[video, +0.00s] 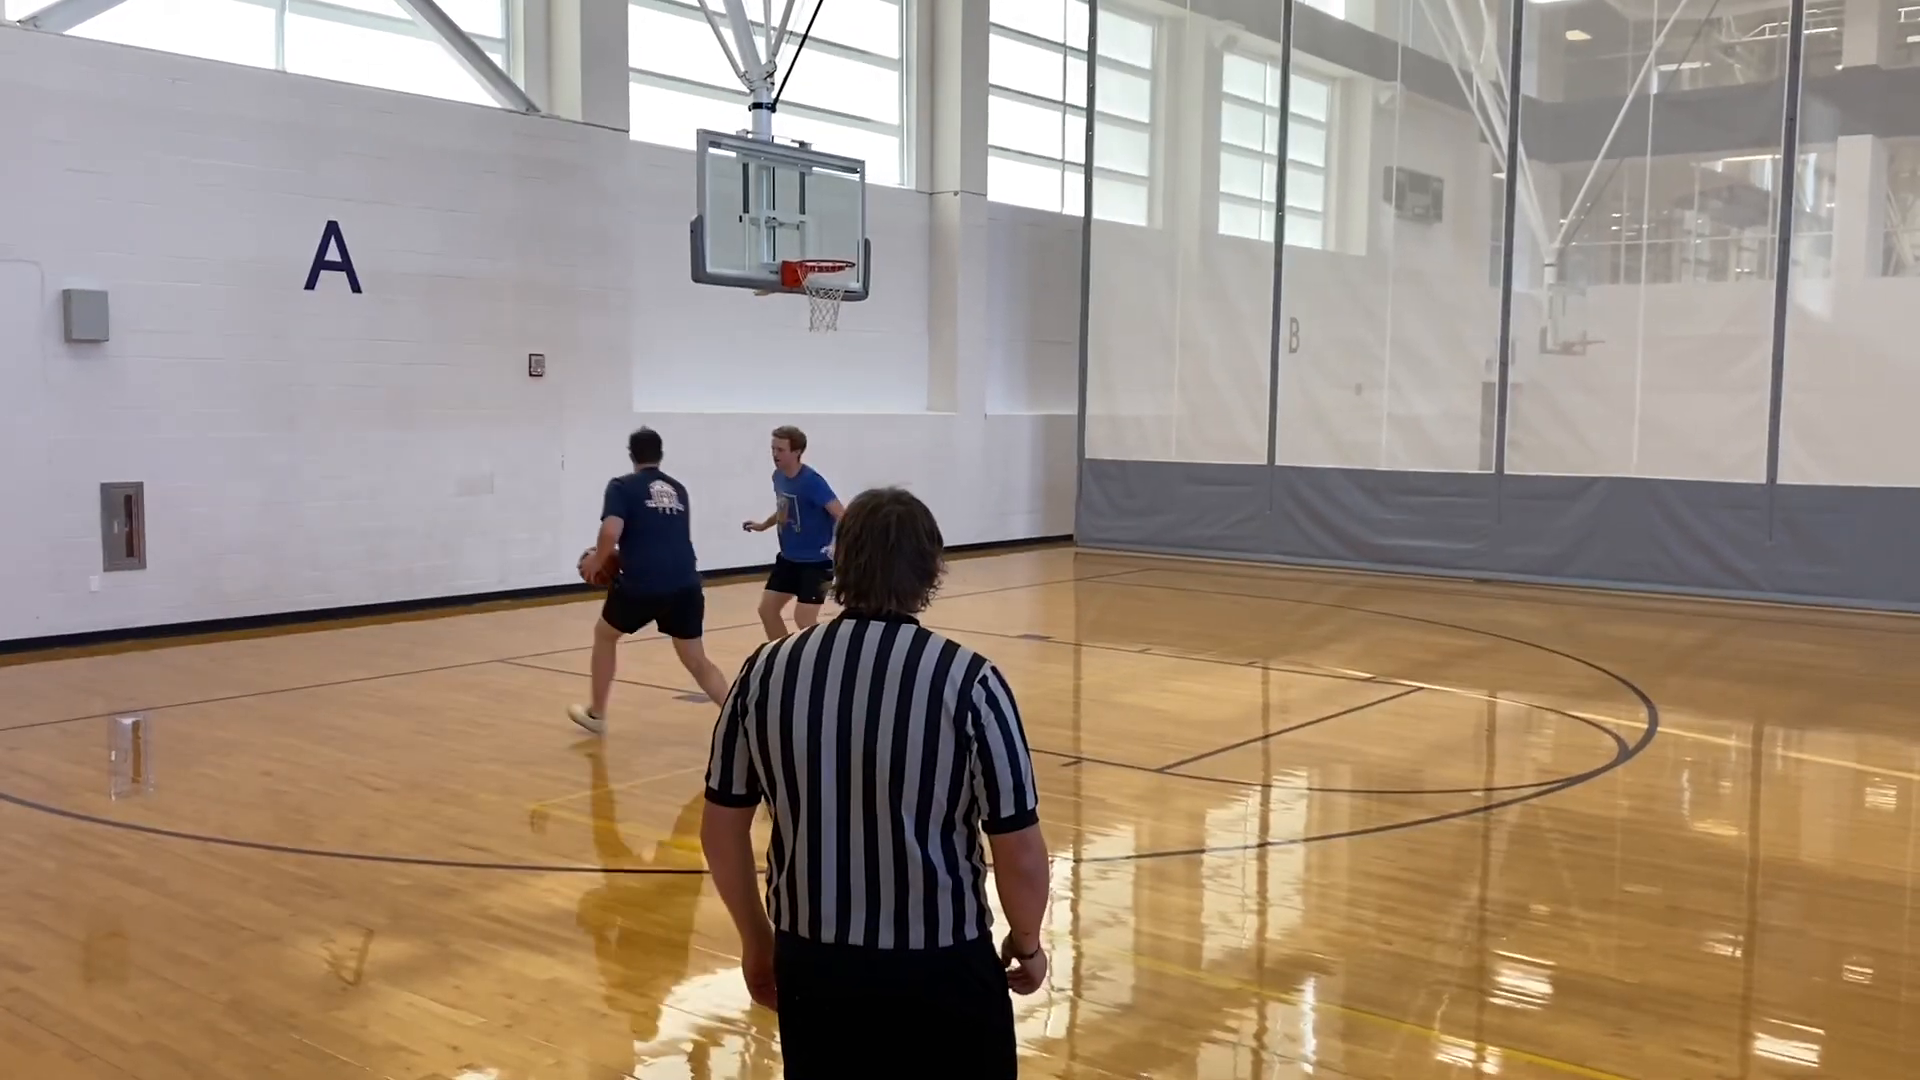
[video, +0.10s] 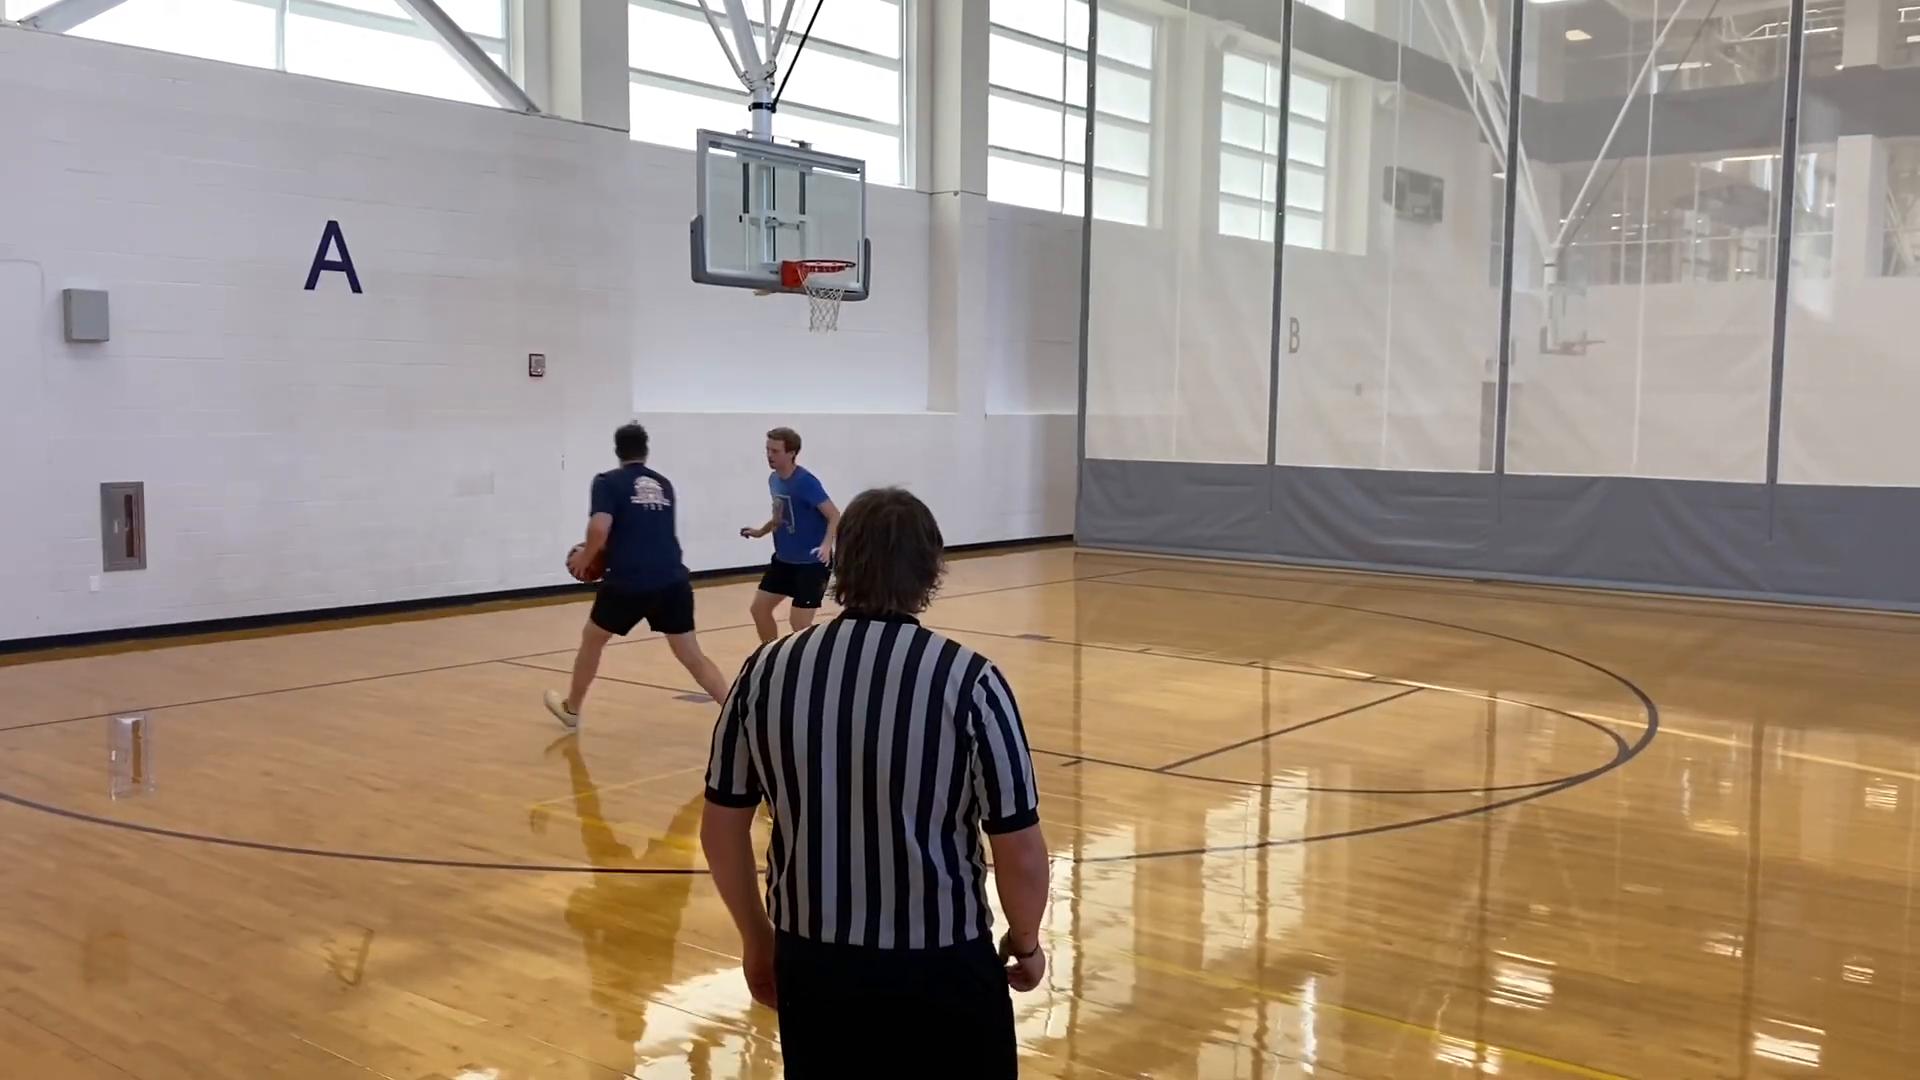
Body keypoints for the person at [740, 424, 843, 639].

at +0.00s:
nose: (774, 455)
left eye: (780, 450)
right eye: (773, 449)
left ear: (797, 452)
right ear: (772, 449)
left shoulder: (813, 482)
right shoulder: (778, 477)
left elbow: (843, 517)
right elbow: (785, 510)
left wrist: (840, 548)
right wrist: (763, 526)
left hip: (816, 563)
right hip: (788, 560)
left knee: (805, 619)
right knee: (767, 610)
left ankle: (819, 668)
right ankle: (787, 664)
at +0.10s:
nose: (769, 455)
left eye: (775, 451)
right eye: (768, 450)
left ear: (791, 453)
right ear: (767, 450)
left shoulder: (806, 483)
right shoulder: (774, 480)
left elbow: (835, 516)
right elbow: (781, 515)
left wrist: (827, 543)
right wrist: (761, 532)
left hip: (812, 564)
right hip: (784, 561)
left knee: (800, 623)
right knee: (760, 610)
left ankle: (810, 671)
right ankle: (773, 662)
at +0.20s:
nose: (764, 457)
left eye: (770, 453)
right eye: (763, 452)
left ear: (786, 456)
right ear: (762, 453)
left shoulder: (801, 485)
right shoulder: (771, 483)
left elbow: (829, 520)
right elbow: (776, 521)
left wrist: (818, 547)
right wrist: (757, 539)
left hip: (807, 567)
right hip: (779, 564)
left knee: (796, 626)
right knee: (752, 610)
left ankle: (804, 673)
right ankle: (765, 662)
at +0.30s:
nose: (759, 461)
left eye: (764, 456)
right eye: (758, 455)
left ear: (781, 459)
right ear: (759, 457)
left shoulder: (795, 487)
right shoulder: (767, 488)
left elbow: (822, 524)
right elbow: (771, 528)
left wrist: (810, 550)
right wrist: (753, 545)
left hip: (802, 570)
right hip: (774, 567)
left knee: (794, 627)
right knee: (746, 610)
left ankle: (800, 676)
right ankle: (754, 663)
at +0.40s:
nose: (753, 463)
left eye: (758, 459)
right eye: (752, 458)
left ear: (775, 462)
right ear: (757, 460)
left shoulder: (789, 491)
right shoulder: (762, 491)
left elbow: (815, 528)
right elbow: (768, 533)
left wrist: (801, 556)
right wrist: (747, 550)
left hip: (796, 574)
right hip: (768, 570)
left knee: (792, 632)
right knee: (741, 612)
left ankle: (798, 678)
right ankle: (746, 659)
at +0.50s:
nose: (747, 464)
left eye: (752, 460)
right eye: (746, 459)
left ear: (769, 463)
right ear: (751, 461)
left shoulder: (783, 493)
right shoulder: (756, 492)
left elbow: (807, 530)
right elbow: (763, 535)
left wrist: (792, 558)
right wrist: (741, 554)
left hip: (789, 575)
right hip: (762, 571)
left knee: (790, 632)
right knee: (738, 614)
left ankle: (798, 678)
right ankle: (744, 657)